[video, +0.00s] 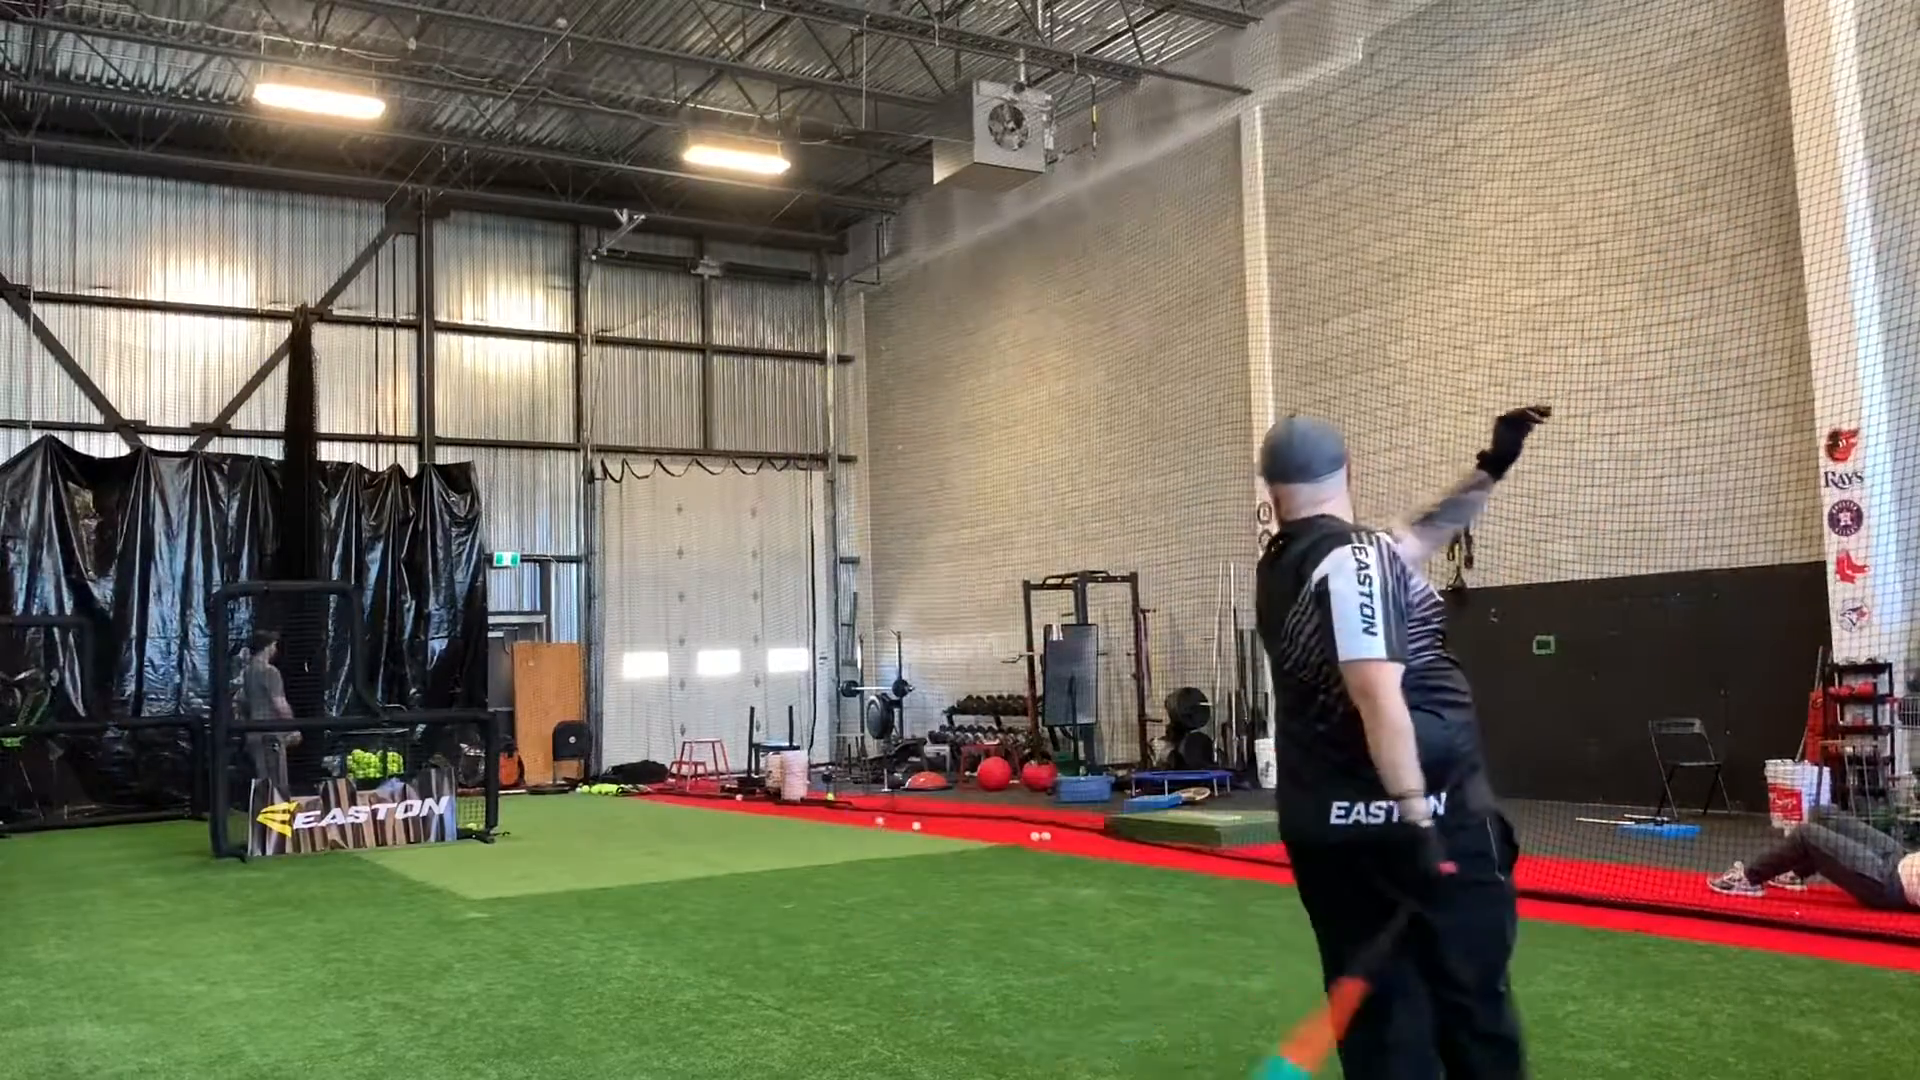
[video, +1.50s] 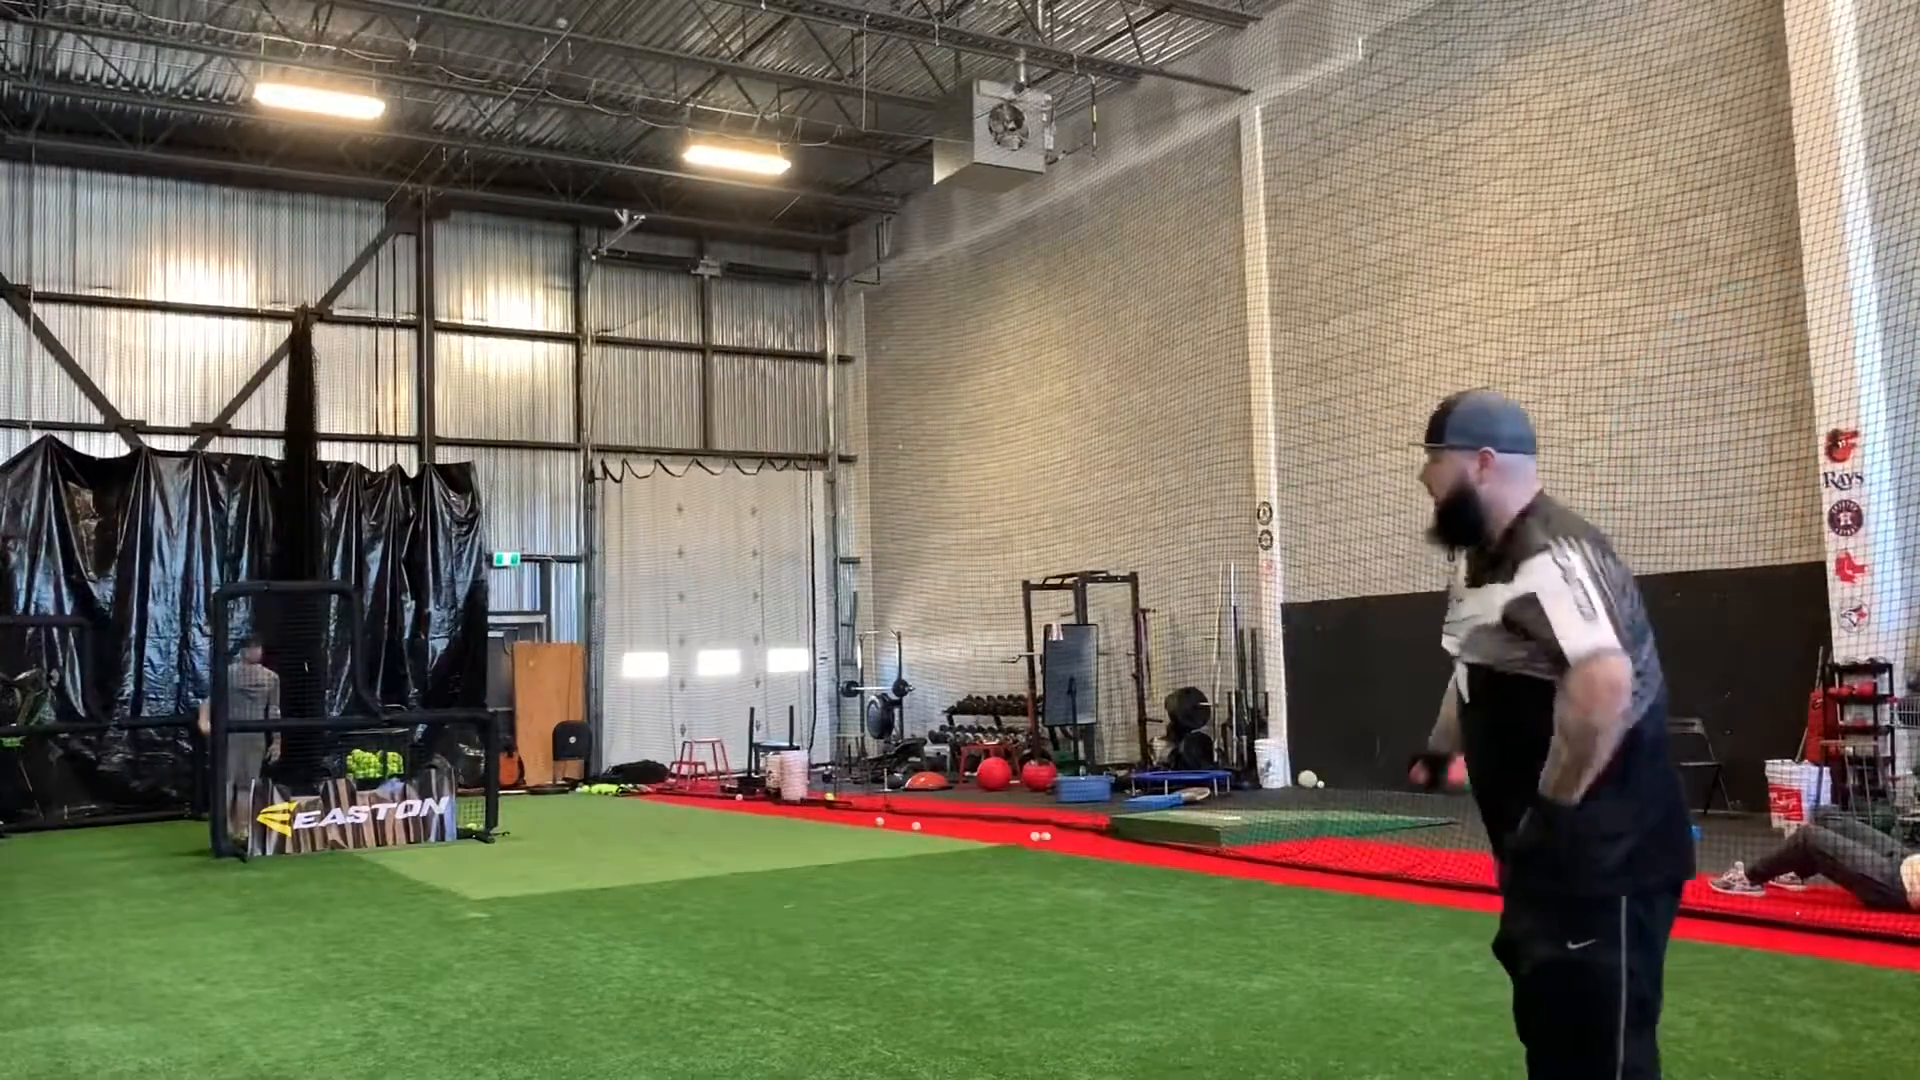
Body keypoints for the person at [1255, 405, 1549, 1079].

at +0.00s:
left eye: (1271, 482)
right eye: (1350, 467)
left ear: (1270, 491)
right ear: (1348, 472)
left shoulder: (1281, 565)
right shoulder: (1358, 558)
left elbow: (1419, 538)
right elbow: (1374, 689)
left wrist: (1490, 469)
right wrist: (1420, 821)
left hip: (1329, 831)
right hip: (1424, 824)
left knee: (1376, 1023)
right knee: (1473, 1015)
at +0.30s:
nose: (1367, 470)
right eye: (1366, 460)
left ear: (1293, 479)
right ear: (1369, 465)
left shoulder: (1292, 565)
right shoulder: (1392, 549)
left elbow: (1424, 554)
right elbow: (1432, 666)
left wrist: (1509, 490)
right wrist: (1544, 761)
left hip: (1353, 834)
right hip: (1457, 821)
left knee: (1402, 1029)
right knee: (1529, 1014)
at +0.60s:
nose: (1337, 485)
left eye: (1335, 473)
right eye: (1336, 472)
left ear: (1344, 477)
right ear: (1415, 462)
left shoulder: (1320, 578)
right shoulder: (1497, 530)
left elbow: (1318, 663)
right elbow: (1589, 627)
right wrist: (1705, 675)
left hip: (1393, 849)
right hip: (1519, 842)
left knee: (1394, 1046)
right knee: (1523, 1036)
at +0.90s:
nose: (1359, 531)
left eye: (1355, 511)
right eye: (1353, 513)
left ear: (1385, 494)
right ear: (1436, 480)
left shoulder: (1399, 588)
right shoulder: (1557, 537)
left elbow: (1311, 722)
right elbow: (1653, 615)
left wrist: (1208, 807)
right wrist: (1718, 636)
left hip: (1477, 835)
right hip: (1593, 827)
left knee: (1428, 1039)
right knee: (1555, 1027)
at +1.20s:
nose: (1378, 525)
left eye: (1382, 505)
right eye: (1373, 509)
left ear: (1432, 490)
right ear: (1440, 492)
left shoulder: (1482, 556)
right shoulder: (1535, 540)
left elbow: (1506, 650)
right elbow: (1594, 665)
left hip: (1550, 831)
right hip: (1598, 820)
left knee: (1512, 1024)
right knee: (1566, 1026)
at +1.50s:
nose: (1425, 479)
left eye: (1436, 461)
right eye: (1428, 462)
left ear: (1484, 462)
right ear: (1482, 465)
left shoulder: (1550, 550)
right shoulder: (1487, 554)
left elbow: (1604, 682)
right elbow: (1473, 667)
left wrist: (1554, 802)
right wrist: (1440, 748)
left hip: (1603, 865)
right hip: (1555, 858)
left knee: (1601, 1058)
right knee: (1560, 1050)